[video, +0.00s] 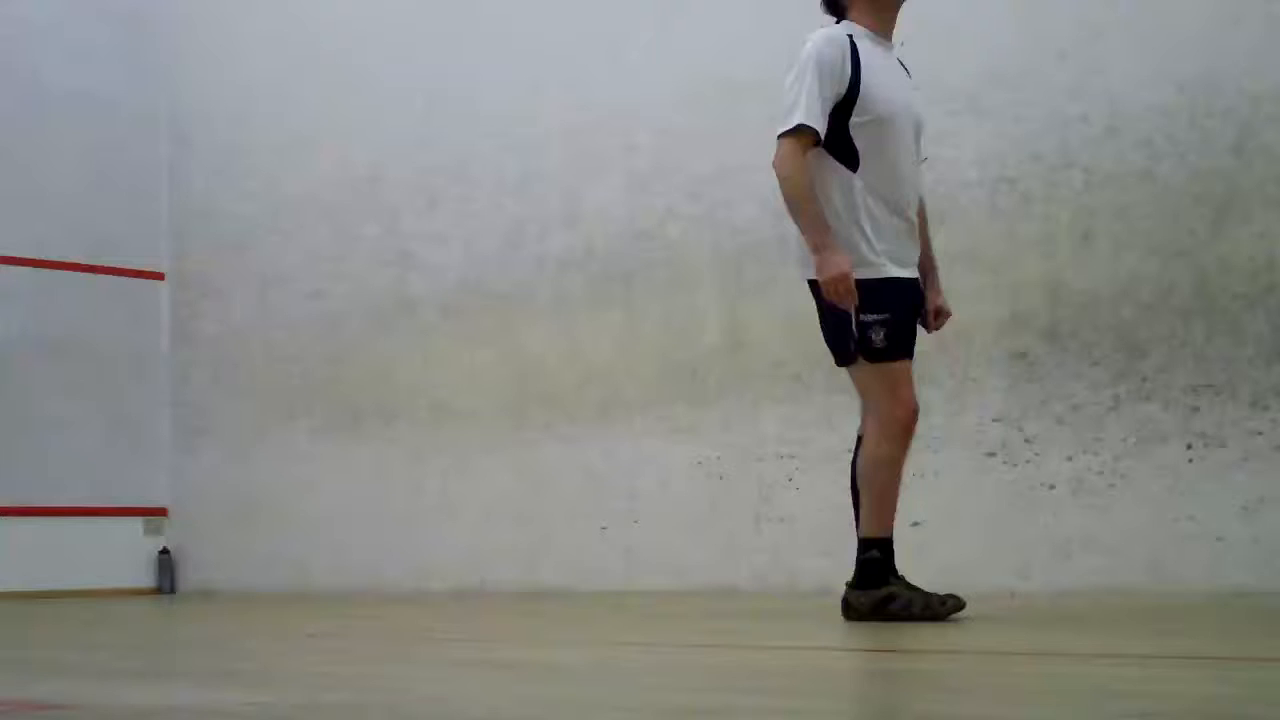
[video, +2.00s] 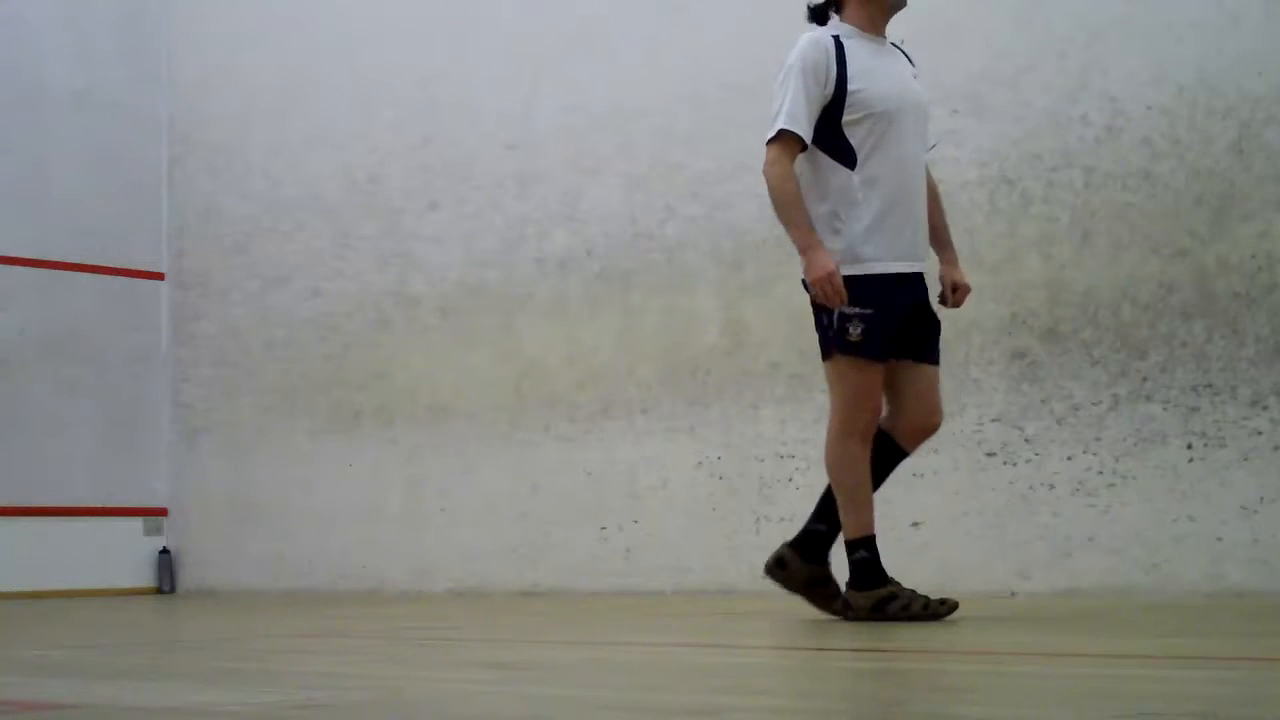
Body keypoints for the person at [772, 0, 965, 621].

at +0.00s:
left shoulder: (896, 64)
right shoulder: (830, 47)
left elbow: (907, 184)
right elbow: (789, 155)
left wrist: (929, 275)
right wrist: (825, 250)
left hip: (896, 270)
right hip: (858, 270)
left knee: (885, 419)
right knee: (894, 415)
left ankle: (876, 575)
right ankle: (872, 579)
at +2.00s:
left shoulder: (901, 59)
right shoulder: (818, 50)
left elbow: (915, 167)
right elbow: (777, 163)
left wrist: (946, 254)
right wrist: (811, 252)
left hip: (906, 272)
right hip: (850, 272)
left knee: (919, 417)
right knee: (855, 419)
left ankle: (806, 550)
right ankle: (867, 581)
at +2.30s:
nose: (937, 8)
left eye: (937, 1)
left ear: (903, 0)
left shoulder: (907, 62)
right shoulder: (835, 44)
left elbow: (902, 177)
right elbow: (790, 150)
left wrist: (960, 239)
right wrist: (809, 259)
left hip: (900, 270)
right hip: (847, 269)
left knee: (930, 407)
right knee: (856, 416)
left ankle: (828, 546)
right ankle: (865, 579)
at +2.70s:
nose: (963, 10)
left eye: (962, 1)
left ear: (921, 4)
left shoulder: (912, 66)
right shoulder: (870, 45)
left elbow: (902, 185)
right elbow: (815, 143)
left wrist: (970, 227)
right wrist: (850, 237)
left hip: (888, 264)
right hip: (857, 262)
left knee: (891, 412)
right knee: (887, 409)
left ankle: (878, 577)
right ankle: (872, 580)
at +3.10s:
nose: (955, 10)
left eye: (954, 1)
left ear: (914, 3)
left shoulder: (908, 65)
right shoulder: (864, 45)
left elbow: (902, 185)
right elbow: (818, 145)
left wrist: (974, 218)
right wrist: (861, 236)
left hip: (887, 265)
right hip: (851, 264)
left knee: (890, 413)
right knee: (880, 411)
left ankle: (880, 577)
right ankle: (876, 581)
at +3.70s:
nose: (953, 8)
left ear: (909, 1)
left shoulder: (906, 69)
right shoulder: (859, 47)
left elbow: (908, 180)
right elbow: (813, 150)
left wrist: (977, 216)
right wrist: (853, 243)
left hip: (879, 268)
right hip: (845, 267)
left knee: (877, 411)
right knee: (873, 410)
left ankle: (878, 577)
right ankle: (875, 580)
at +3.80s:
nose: (951, 10)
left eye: (951, 1)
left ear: (911, 2)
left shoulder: (905, 69)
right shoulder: (858, 48)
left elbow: (910, 182)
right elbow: (812, 151)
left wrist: (978, 216)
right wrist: (852, 246)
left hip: (880, 268)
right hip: (846, 268)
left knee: (878, 413)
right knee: (876, 410)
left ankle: (880, 579)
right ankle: (877, 581)